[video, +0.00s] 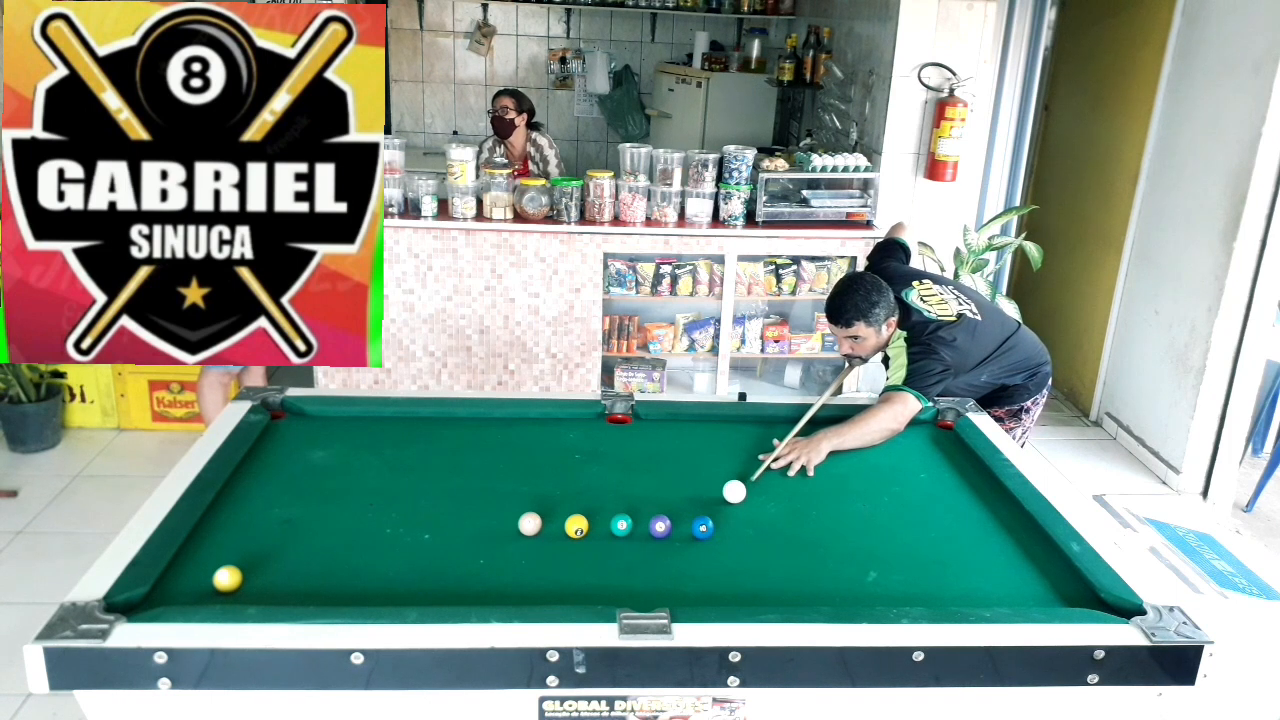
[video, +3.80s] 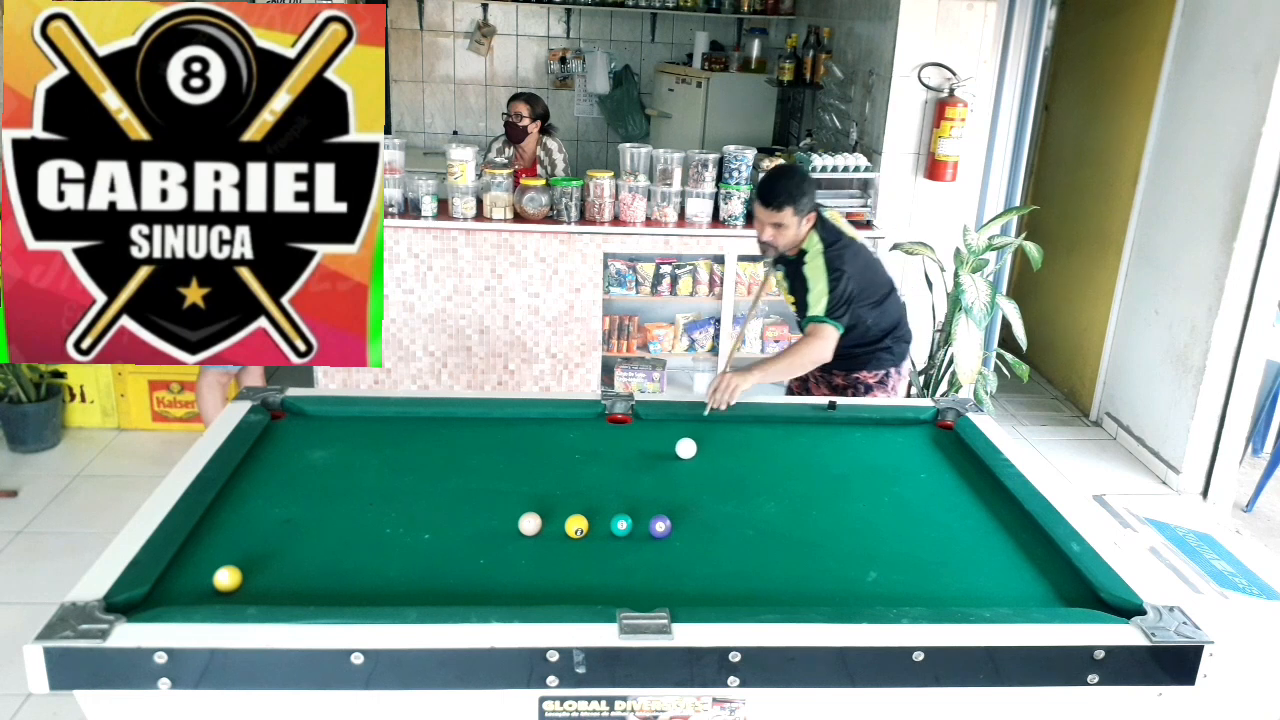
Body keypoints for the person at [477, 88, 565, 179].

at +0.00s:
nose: (496, 116)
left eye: (503, 111)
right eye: (494, 112)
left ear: (522, 119)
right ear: (491, 115)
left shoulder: (542, 143)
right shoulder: (488, 147)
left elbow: (558, 184)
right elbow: (483, 186)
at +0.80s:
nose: (509, 121)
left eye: (516, 116)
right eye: (507, 115)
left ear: (534, 125)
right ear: (504, 117)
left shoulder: (552, 147)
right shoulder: (497, 146)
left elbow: (564, 187)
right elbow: (484, 182)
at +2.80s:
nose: (509, 122)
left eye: (517, 117)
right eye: (508, 116)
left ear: (535, 126)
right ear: (505, 117)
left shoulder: (552, 147)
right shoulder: (498, 146)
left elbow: (564, 188)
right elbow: (484, 182)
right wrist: (506, 169)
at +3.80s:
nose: (510, 121)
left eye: (517, 117)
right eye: (508, 116)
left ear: (536, 126)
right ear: (505, 117)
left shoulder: (552, 147)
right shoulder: (498, 146)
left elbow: (564, 188)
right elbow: (485, 182)